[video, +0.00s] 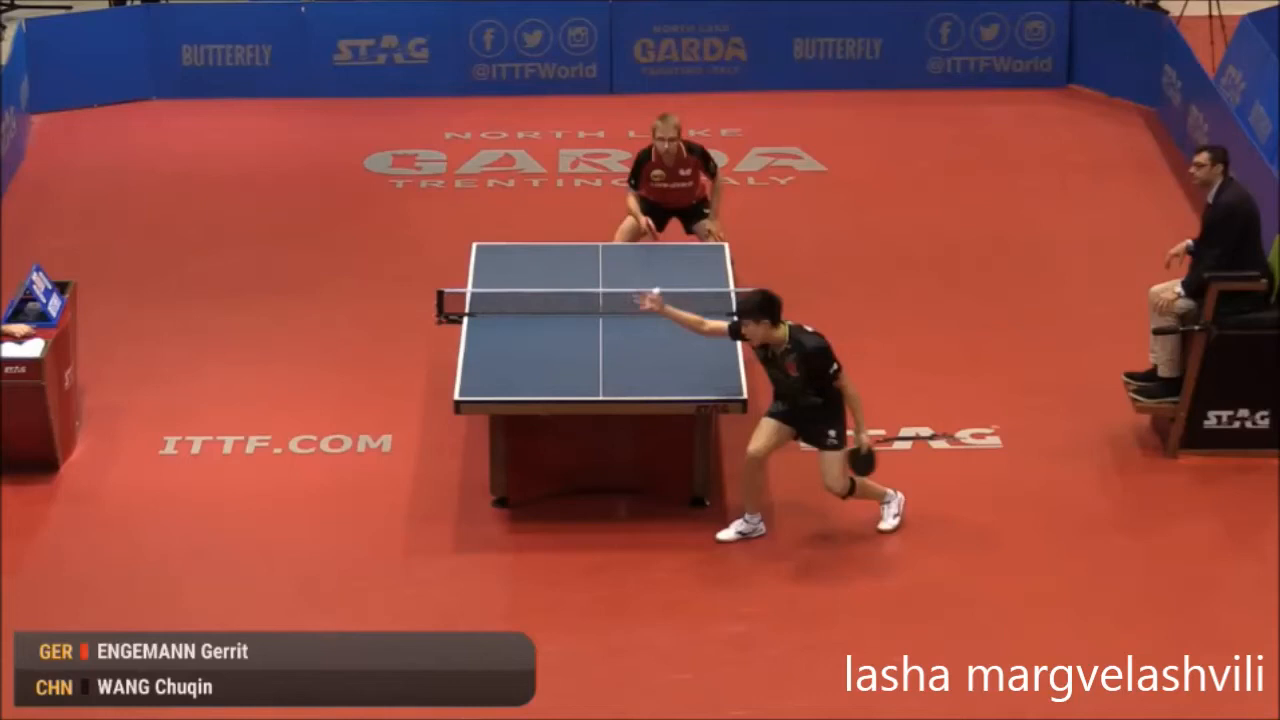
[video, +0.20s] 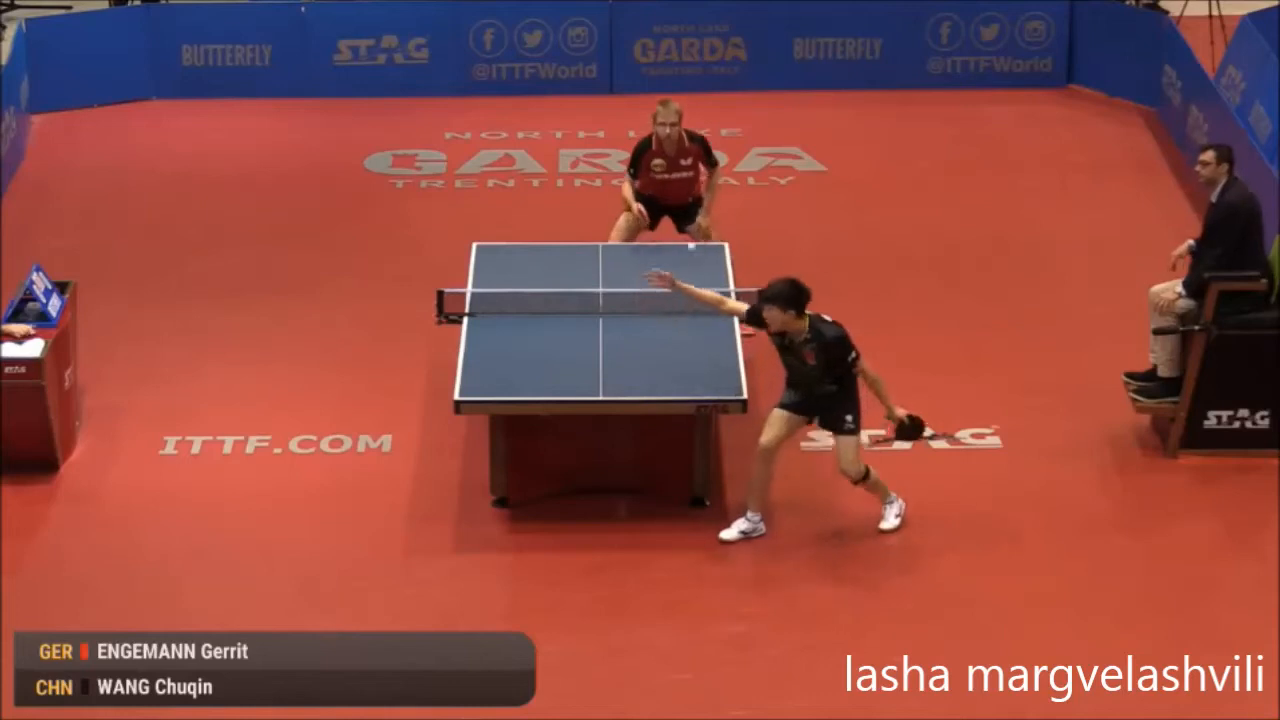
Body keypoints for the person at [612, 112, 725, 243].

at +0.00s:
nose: (666, 147)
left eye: (671, 140)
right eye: (661, 140)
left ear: (679, 138)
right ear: (653, 139)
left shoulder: (696, 153)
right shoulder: (644, 157)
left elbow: (715, 178)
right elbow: (631, 194)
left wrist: (713, 218)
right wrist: (640, 217)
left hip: (691, 206)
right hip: (654, 206)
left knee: (717, 245)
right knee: (620, 242)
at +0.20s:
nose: (668, 131)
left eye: (673, 125)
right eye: (662, 125)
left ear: (680, 125)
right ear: (654, 125)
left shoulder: (697, 143)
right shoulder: (644, 146)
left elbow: (713, 170)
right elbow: (628, 181)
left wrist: (705, 212)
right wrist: (633, 204)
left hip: (686, 202)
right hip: (650, 202)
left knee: (706, 237)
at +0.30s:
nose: (657, 129)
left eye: (663, 123)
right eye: (652, 123)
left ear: (670, 124)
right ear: (643, 125)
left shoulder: (687, 145)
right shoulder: (634, 148)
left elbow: (704, 174)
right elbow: (614, 183)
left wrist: (690, 210)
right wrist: (618, 204)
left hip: (676, 208)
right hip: (639, 208)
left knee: (699, 245)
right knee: (608, 244)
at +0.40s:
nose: (642, 132)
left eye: (646, 126)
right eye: (636, 126)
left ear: (653, 126)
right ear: (628, 128)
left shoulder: (671, 148)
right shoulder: (619, 153)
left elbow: (689, 178)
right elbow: (594, 189)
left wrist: (673, 210)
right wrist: (599, 208)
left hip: (665, 212)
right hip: (628, 213)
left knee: (689, 252)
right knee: (600, 247)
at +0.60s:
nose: (597, 127)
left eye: (602, 120)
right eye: (591, 121)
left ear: (608, 120)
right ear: (581, 121)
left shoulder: (619, 140)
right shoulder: (570, 148)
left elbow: (628, 161)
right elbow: (540, 190)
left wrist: (623, 179)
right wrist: (557, 216)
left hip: (609, 208)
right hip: (574, 210)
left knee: (640, 248)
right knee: (556, 254)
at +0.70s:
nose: (579, 127)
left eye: (583, 121)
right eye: (573, 121)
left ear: (589, 120)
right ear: (563, 122)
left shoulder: (600, 137)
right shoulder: (553, 145)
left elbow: (611, 158)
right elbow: (522, 189)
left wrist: (603, 173)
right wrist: (539, 219)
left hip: (582, 206)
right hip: (547, 207)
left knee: (615, 251)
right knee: (529, 254)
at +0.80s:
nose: (567, 135)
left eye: (571, 129)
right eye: (561, 129)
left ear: (576, 128)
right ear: (550, 129)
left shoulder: (585, 144)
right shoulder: (539, 153)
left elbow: (596, 167)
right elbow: (510, 197)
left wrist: (588, 180)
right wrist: (528, 225)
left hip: (564, 212)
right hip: (531, 213)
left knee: (592, 251)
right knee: (512, 250)